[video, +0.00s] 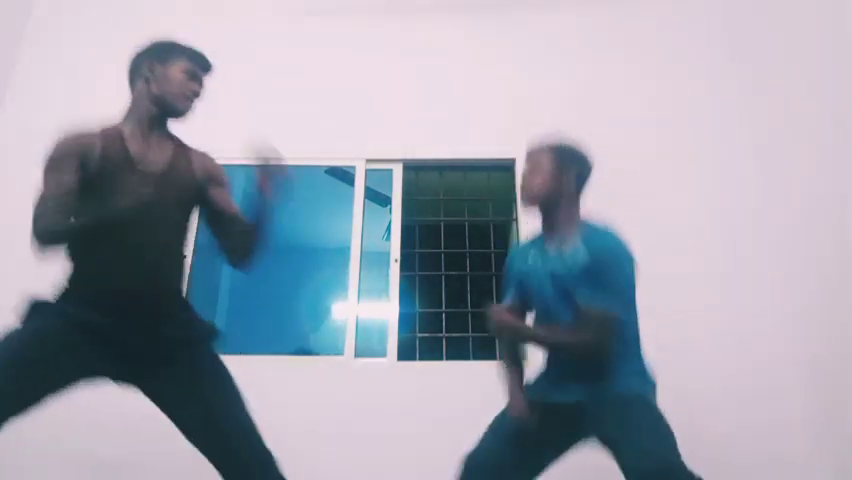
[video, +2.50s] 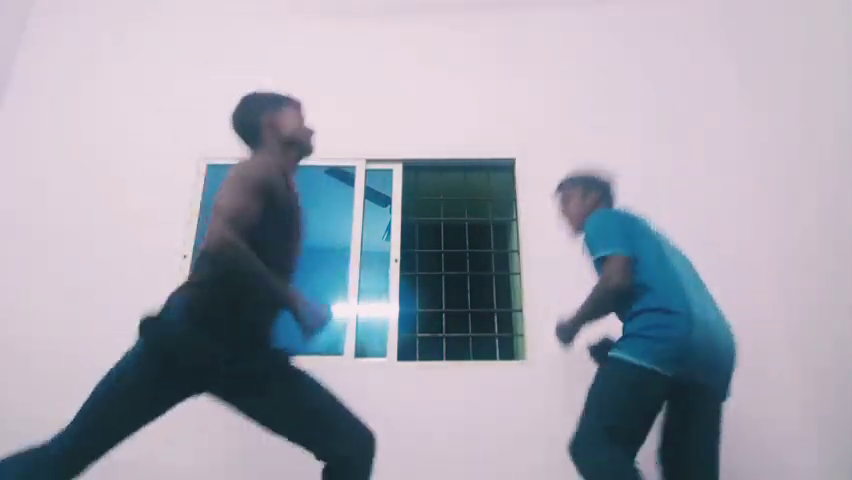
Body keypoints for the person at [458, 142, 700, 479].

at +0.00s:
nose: (524, 177)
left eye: (535, 169)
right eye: (526, 169)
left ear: (567, 180)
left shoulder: (606, 249)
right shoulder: (524, 257)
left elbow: (595, 339)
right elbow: (508, 328)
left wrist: (517, 329)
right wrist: (516, 395)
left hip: (619, 395)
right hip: (558, 394)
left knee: (660, 471)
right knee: (482, 469)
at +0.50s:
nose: (563, 111)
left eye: (572, 101)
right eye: (563, 104)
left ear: (604, 105)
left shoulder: (634, 146)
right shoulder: (592, 178)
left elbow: (659, 208)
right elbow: (621, 256)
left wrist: (584, 230)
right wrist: (577, 273)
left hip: (645, 310)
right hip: (612, 319)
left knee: (670, 429)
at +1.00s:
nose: (552, 139)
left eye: (559, 127)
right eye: (553, 129)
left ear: (589, 126)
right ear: (604, 131)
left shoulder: (584, 155)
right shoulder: (648, 178)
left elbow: (580, 214)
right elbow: (669, 265)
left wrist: (545, 246)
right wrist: (591, 277)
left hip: (608, 327)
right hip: (676, 330)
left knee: (577, 449)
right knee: (688, 451)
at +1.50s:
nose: (603, 213)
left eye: (607, 206)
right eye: (603, 207)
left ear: (630, 198)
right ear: (658, 201)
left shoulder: (628, 218)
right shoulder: (716, 246)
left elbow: (578, 230)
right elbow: (752, 335)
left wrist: (554, 232)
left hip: (655, 380)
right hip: (732, 390)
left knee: (574, 474)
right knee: (745, 476)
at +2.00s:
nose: (604, 135)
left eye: (613, 125)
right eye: (606, 127)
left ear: (644, 127)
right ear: (646, 131)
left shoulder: (654, 160)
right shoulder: (677, 173)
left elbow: (654, 220)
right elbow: (692, 268)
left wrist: (597, 226)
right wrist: (638, 274)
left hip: (696, 329)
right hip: (726, 331)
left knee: (716, 459)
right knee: (740, 459)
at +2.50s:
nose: (563, 209)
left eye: (567, 199)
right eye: (562, 202)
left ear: (593, 196)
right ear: (603, 199)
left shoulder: (604, 220)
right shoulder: (648, 235)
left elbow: (617, 280)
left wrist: (574, 322)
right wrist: (621, 349)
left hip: (660, 338)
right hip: (713, 347)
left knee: (596, 448)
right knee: (689, 464)